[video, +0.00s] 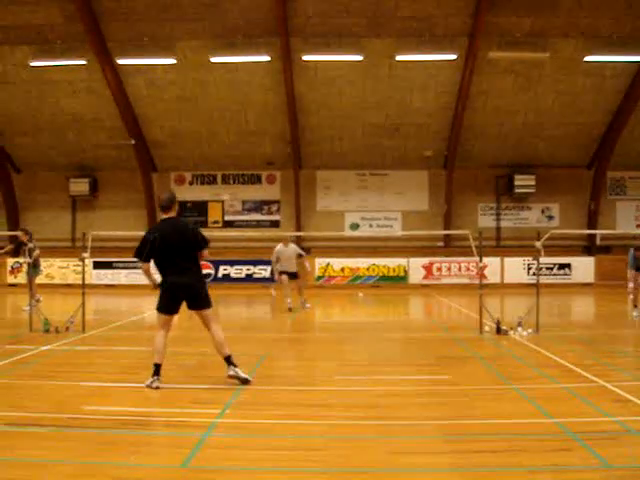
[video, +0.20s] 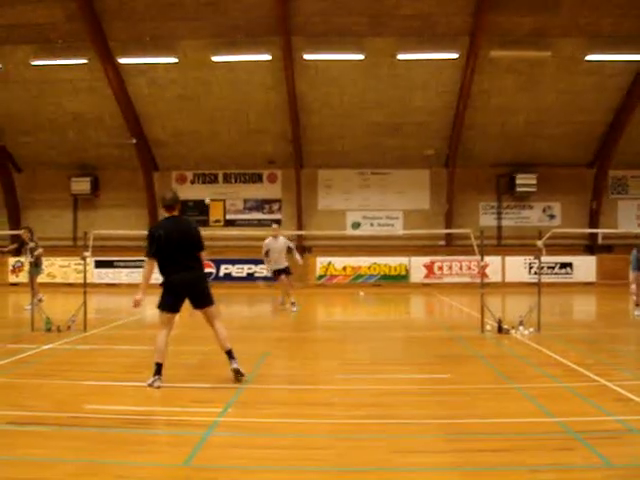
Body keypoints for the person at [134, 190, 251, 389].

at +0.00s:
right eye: (175, 205)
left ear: (159, 208)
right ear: (176, 206)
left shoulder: (153, 232)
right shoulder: (188, 227)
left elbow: (145, 265)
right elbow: (204, 253)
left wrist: (154, 282)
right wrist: (191, 256)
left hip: (170, 285)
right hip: (194, 283)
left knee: (163, 329)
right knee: (212, 324)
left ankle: (155, 375)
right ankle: (231, 365)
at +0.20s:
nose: (174, 209)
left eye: (167, 206)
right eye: (176, 206)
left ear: (162, 207)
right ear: (179, 205)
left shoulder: (156, 230)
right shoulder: (190, 226)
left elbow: (150, 265)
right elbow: (201, 254)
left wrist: (141, 293)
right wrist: (198, 275)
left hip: (173, 283)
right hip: (197, 280)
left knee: (164, 327)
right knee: (214, 320)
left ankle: (157, 374)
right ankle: (232, 360)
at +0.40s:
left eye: (182, 210)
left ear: (181, 210)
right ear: (198, 209)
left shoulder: (174, 231)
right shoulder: (208, 229)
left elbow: (165, 257)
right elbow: (221, 253)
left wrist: (157, 282)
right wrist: (226, 269)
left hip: (187, 283)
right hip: (210, 281)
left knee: (176, 327)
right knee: (224, 322)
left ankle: (165, 372)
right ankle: (241, 362)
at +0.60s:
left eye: (206, 208)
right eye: (218, 206)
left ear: (204, 207)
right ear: (220, 207)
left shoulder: (198, 226)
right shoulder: (231, 225)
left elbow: (182, 252)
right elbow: (252, 250)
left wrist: (164, 275)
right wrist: (258, 275)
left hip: (211, 277)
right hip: (233, 277)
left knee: (199, 320)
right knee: (238, 316)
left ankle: (194, 366)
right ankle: (250, 358)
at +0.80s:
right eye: (222, 215)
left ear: (208, 218)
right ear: (224, 217)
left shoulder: (200, 237)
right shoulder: (233, 235)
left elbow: (180, 260)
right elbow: (252, 256)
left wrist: (168, 282)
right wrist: (259, 272)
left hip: (214, 287)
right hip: (236, 284)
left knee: (204, 327)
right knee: (242, 318)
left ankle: (208, 372)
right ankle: (255, 355)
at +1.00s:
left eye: (232, 222)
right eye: (242, 223)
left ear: (229, 224)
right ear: (244, 226)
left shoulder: (217, 240)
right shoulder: (249, 247)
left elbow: (190, 245)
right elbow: (265, 272)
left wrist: (164, 256)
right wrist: (267, 297)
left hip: (215, 290)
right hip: (238, 290)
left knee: (209, 330)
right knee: (255, 329)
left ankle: (208, 362)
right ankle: (271, 362)